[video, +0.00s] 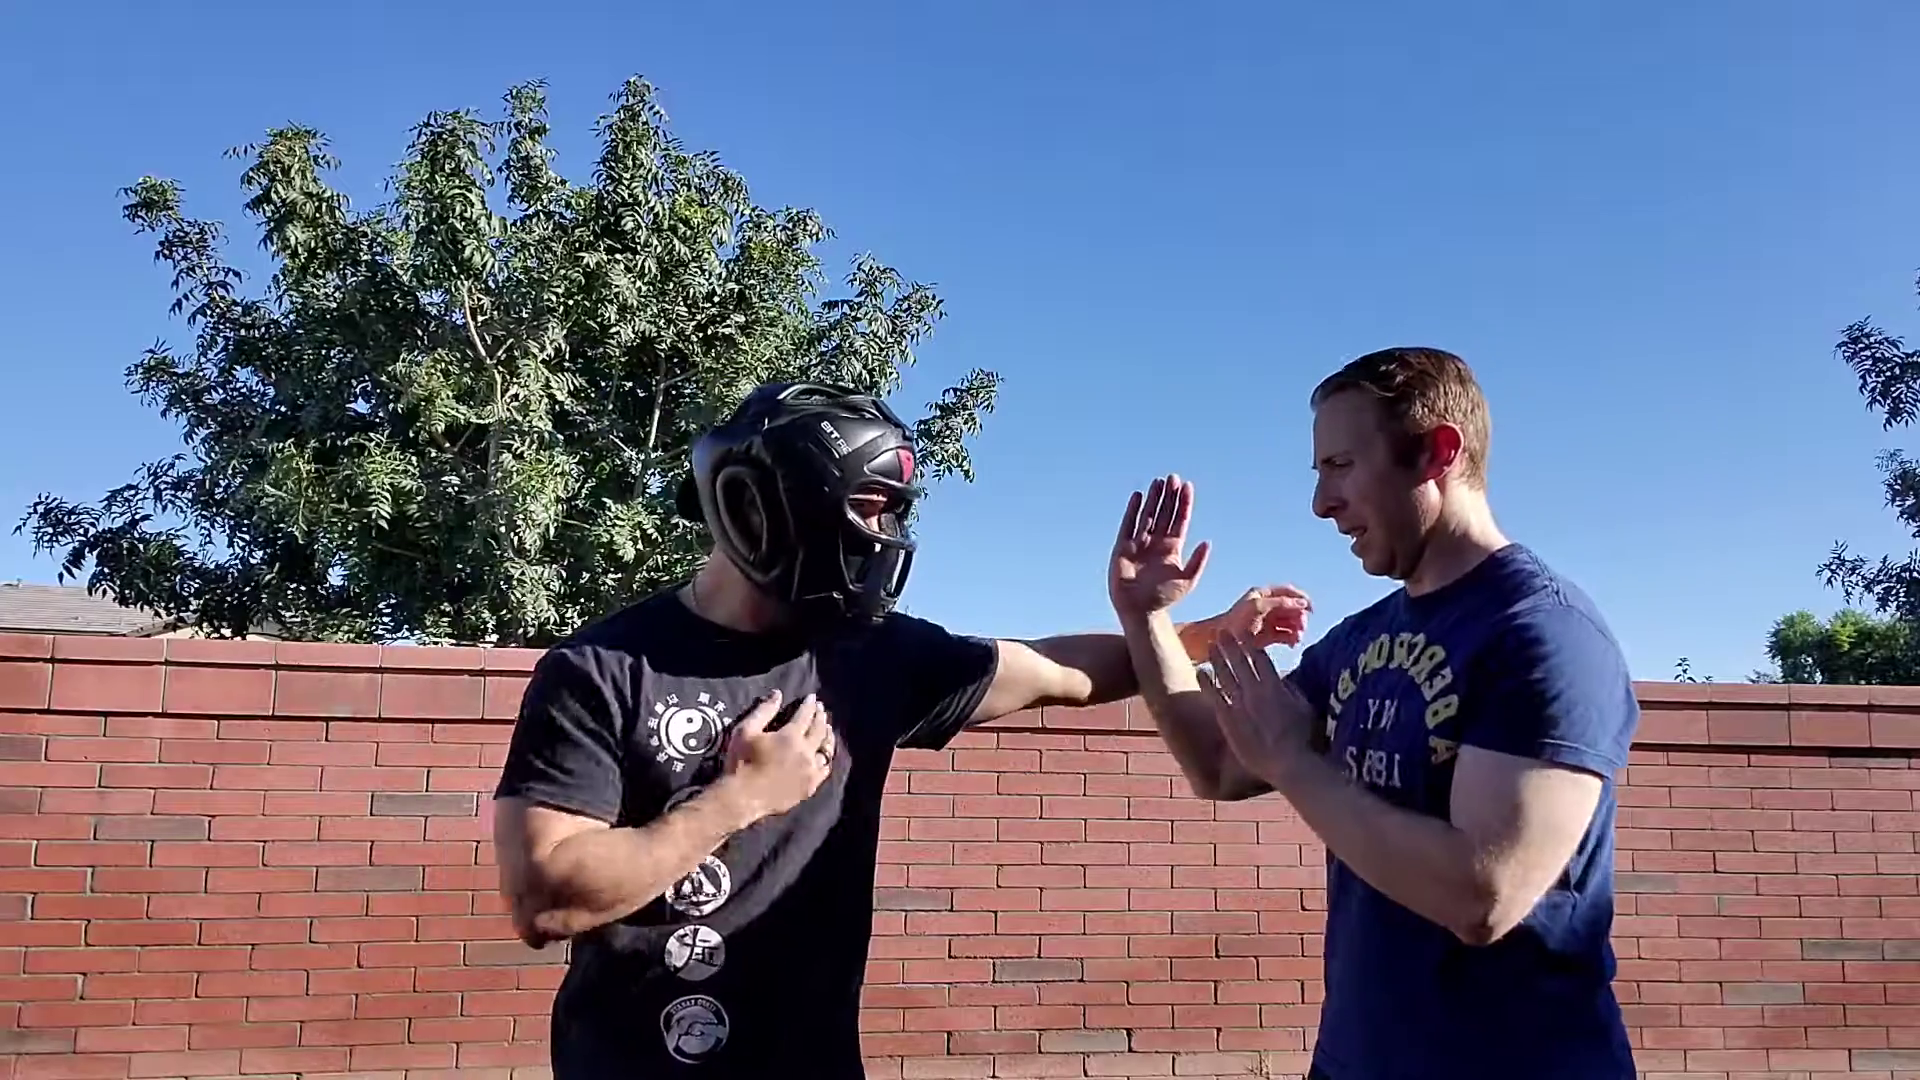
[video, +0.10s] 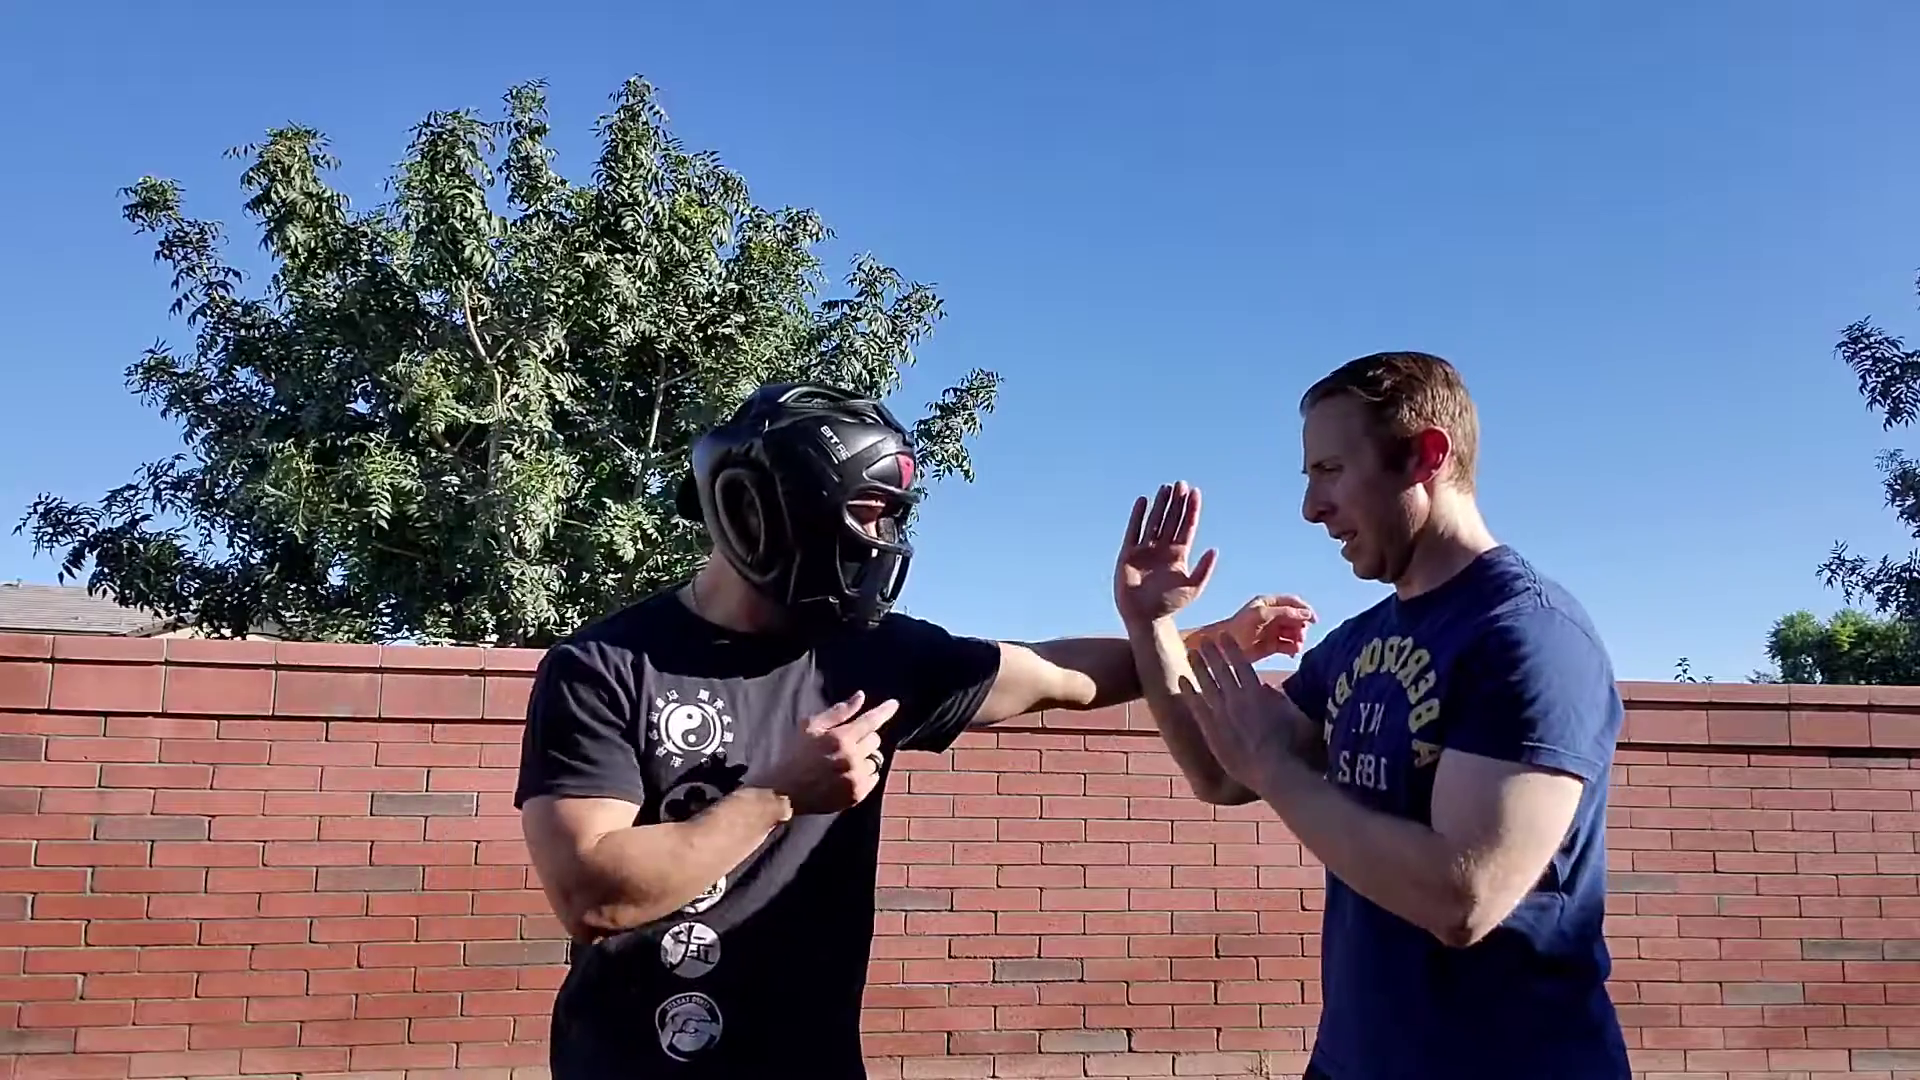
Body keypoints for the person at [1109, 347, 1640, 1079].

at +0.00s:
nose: (1322, 501)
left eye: (1341, 465)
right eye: (1321, 473)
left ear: (1439, 455)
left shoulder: (1550, 634)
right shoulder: (1358, 641)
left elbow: (1482, 895)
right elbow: (1221, 768)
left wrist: (1292, 763)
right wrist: (1145, 619)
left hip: (1519, 1059)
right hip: (1359, 1052)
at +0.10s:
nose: (1311, 506)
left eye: (1331, 470)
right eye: (1311, 478)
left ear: (1427, 459)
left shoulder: (1535, 636)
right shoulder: (1354, 646)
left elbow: (1461, 897)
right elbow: (1219, 775)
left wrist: (1274, 769)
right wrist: (1149, 624)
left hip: (1513, 1059)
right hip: (1357, 1051)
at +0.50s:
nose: (1250, 514)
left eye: (1268, 482)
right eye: (1249, 486)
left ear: (1362, 471)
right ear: (1365, 476)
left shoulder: (1382, 617)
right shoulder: (1443, 612)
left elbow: (1103, 712)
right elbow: (1324, 820)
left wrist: (899, 599)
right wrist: (1213, 681)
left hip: (1431, 1053)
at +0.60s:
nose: (1260, 506)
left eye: (1280, 474)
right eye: (1259, 480)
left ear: (1375, 466)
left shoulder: (1406, 613)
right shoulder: (1419, 609)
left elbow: (1134, 727)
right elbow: (1307, 811)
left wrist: (918, 629)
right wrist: (1212, 682)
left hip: (1456, 1054)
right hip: (1391, 1050)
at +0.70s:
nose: (1268, 506)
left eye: (1289, 473)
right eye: (1267, 479)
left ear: (1385, 463)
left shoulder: (1426, 606)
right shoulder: (1378, 615)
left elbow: (1146, 718)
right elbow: (1294, 806)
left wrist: (917, 633)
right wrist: (1204, 678)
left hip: (1476, 1052)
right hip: (1384, 1049)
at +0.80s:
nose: (1267, 504)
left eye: (1287, 470)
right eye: (1266, 477)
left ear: (1379, 463)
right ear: (1369, 470)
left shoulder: (1424, 606)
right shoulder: (1384, 614)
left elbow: (1158, 731)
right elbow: (1310, 808)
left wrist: (926, 649)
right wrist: (1197, 688)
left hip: (1473, 1053)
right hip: (1386, 1050)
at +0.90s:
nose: (1263, 505)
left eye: (1283, 471)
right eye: (1262, 478)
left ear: (1380, 465)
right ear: (1371, 469)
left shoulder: (1417, 619)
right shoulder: (1391, 613)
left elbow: (1196, 794)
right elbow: (1287, 812)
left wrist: (984, 709)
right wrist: (1173, 720)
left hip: (1476, 1053)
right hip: (1394, 1047)